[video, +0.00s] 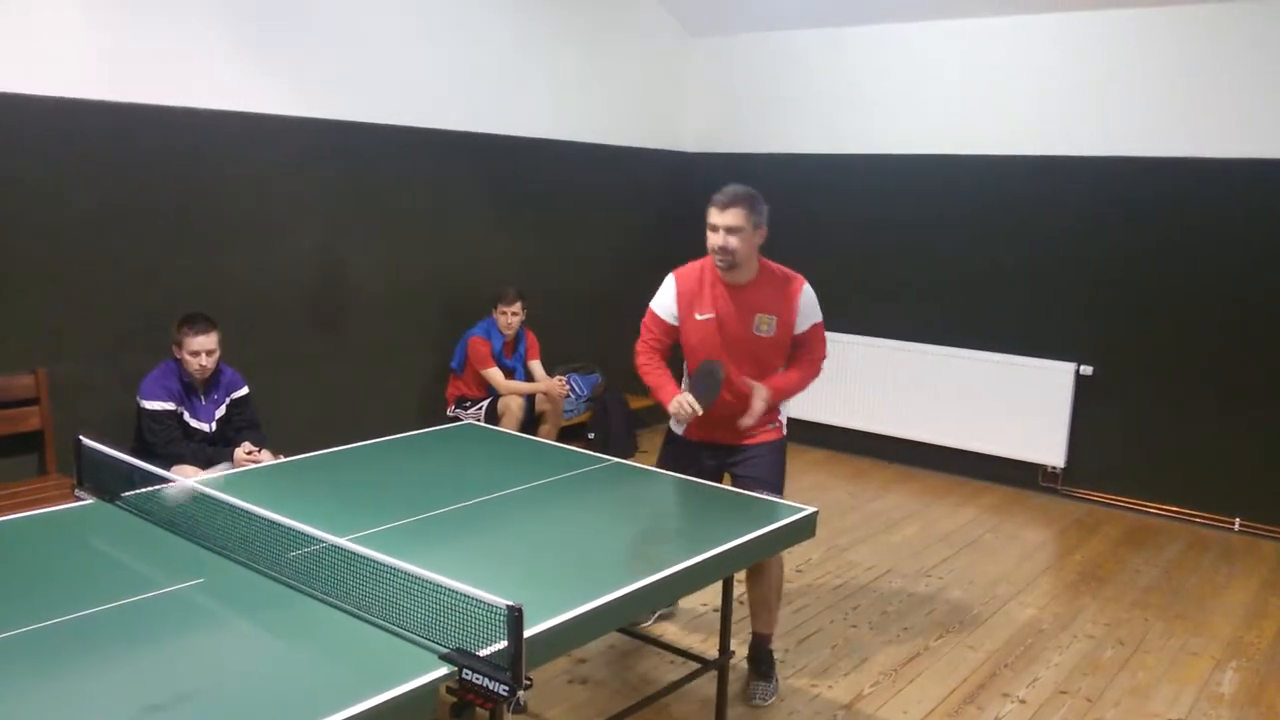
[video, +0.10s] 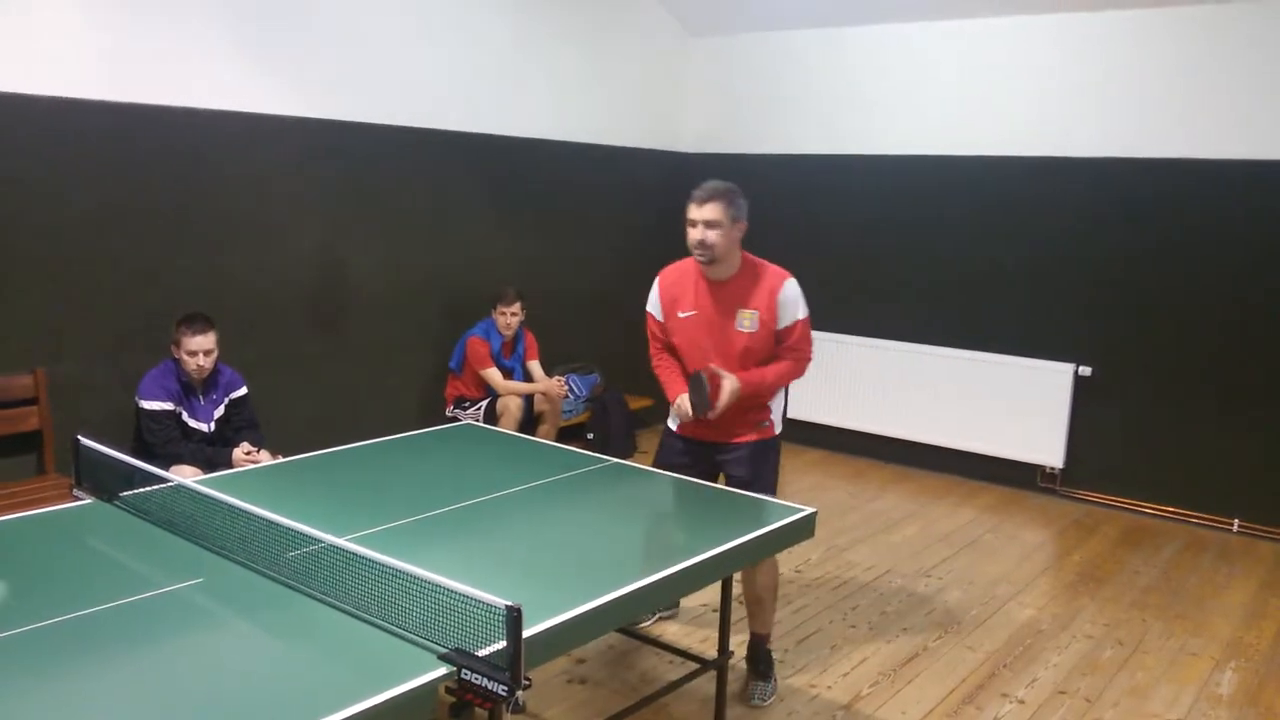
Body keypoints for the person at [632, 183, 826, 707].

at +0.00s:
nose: (720, 241)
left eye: (733, 231)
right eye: (713, 230)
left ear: (760, 234)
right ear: (706, 230)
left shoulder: (793, 292)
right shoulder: (682, 284)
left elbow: (811, 359)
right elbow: (648, 349)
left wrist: (771, 389)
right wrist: (670, 394)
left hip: (757, 438)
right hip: (690, 434)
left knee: (764, 539)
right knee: (666, 523)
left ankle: (762, 654)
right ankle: (662, 590)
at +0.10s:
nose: (700, 236)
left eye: (712, 226)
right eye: (693, 225)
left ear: (740, 229)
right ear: (685, 228)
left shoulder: (777, 287)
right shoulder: (668, 283)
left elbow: (798, 357)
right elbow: (660, 351)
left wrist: (744, 384)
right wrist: (678, 393)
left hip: (750, 438)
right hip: (685, 433)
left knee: (757, 544)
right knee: (659, 517)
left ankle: (760, 655)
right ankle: (663, 590)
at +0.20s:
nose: (675, 235)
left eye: (687, 226)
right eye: (668, 225)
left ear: (716, 228)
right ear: (663, 228)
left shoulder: (757, 285)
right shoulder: (656, 281)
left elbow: (779, 358)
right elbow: (649, 349)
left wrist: (717, 382)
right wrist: (666, 388)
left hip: (740, 436)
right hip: (679, 433)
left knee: (748, 540)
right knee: (650, 511)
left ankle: (758, 652)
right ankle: (666, 592)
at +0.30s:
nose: (662, 233)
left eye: (673, 223)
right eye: (656, 224)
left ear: (703, 226)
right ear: (653, 227)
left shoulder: (744, 283)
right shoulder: (648, 280)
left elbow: (768, 357)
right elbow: (637, 344)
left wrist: (706, 388)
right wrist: (653, 386)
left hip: (736, 436)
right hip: (674, 433)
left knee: (750, 536)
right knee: (649, 511)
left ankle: (758, 649)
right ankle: (666, 590)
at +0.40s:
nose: (657, 226)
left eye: (668, 217)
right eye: (652, 217)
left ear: (699, 219)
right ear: (648, 220)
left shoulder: (739, 277)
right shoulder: (645, 274)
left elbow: (758, 352)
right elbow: (635, 339)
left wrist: (699, 386)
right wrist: (649, 381)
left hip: (739, 425)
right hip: (679, 423)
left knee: (752, 522)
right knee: (658, 511)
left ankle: (769, 637)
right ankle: (666, 594)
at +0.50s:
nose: (658, 223)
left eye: (669, 213)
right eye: (653, 213)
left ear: (699, 215)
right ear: (649, 216)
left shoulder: (740, 273)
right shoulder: (647, 271)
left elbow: (760, 347)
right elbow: (638, 335)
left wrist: (700, 382)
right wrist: (650, 379)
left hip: (743, 418)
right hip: (684, 416)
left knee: (752, 518)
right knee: (662, 506)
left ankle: (778, 624)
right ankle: (667, 593)